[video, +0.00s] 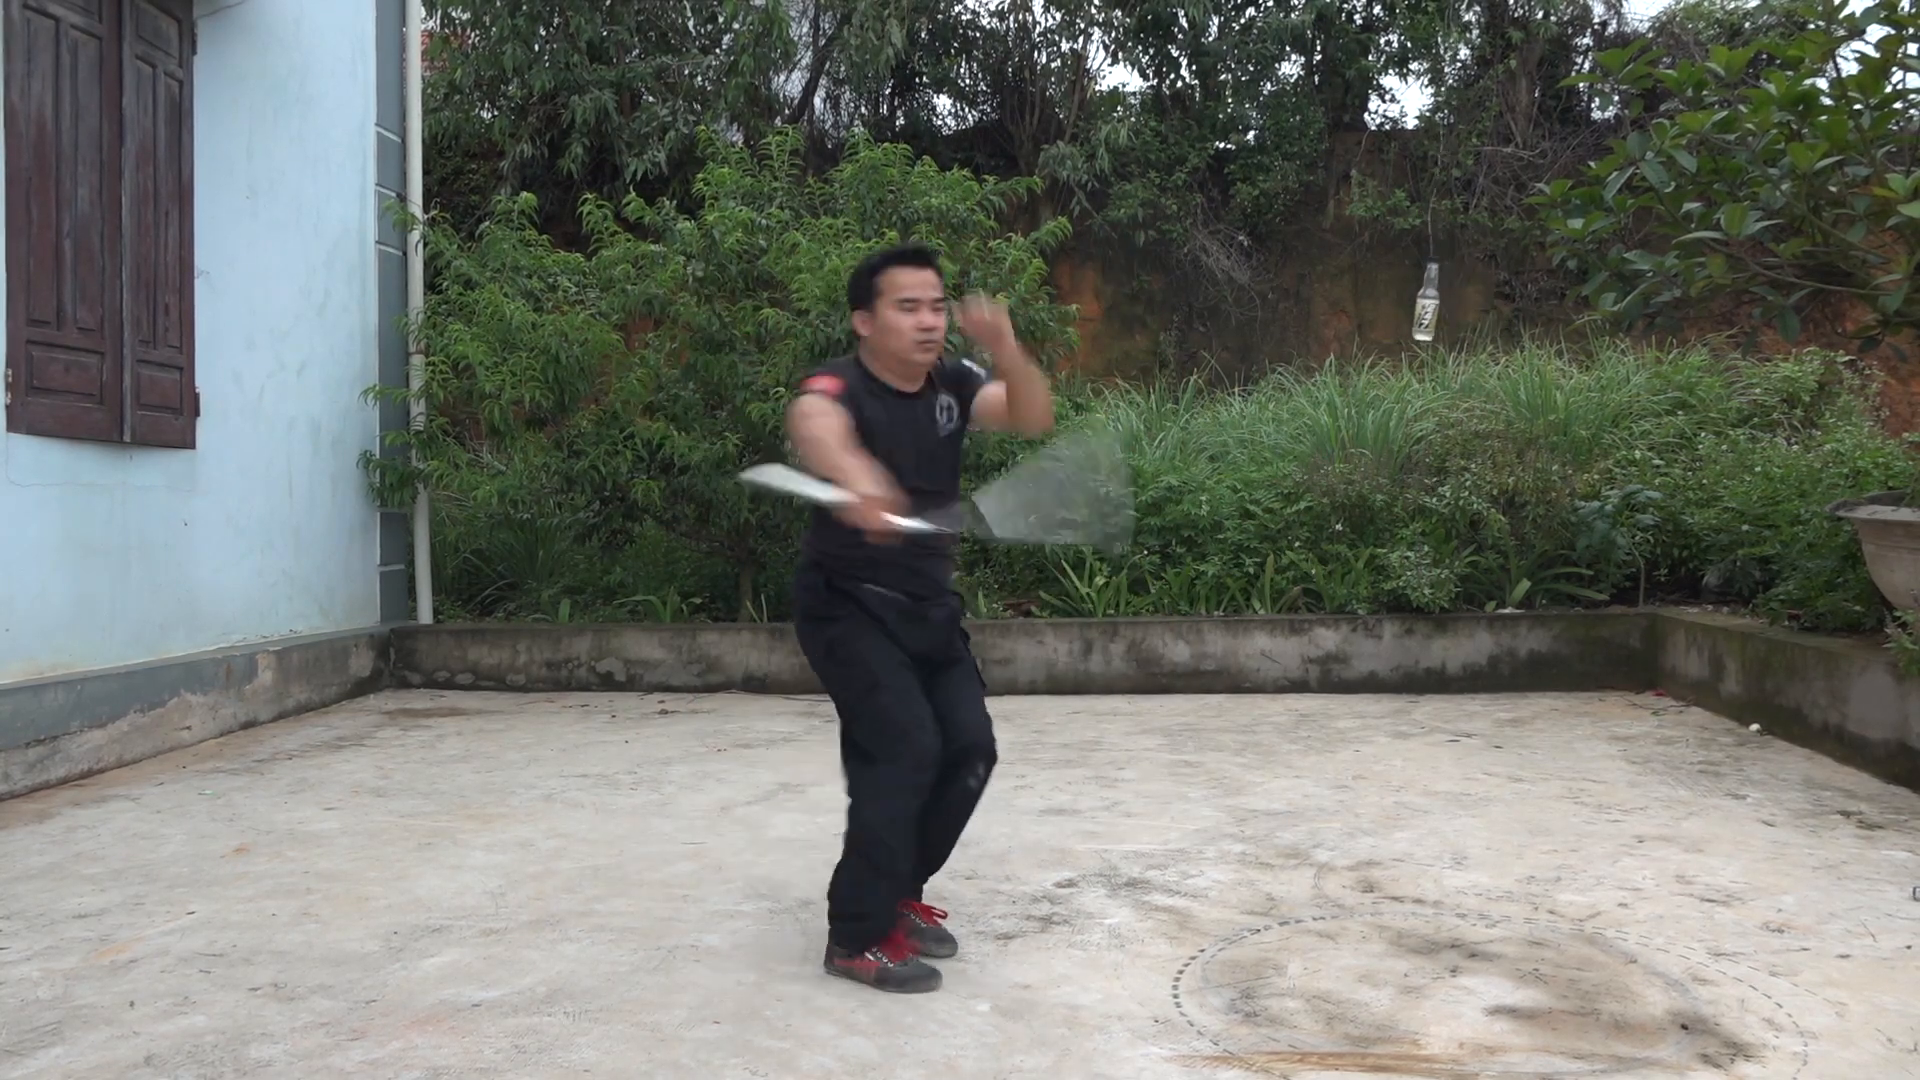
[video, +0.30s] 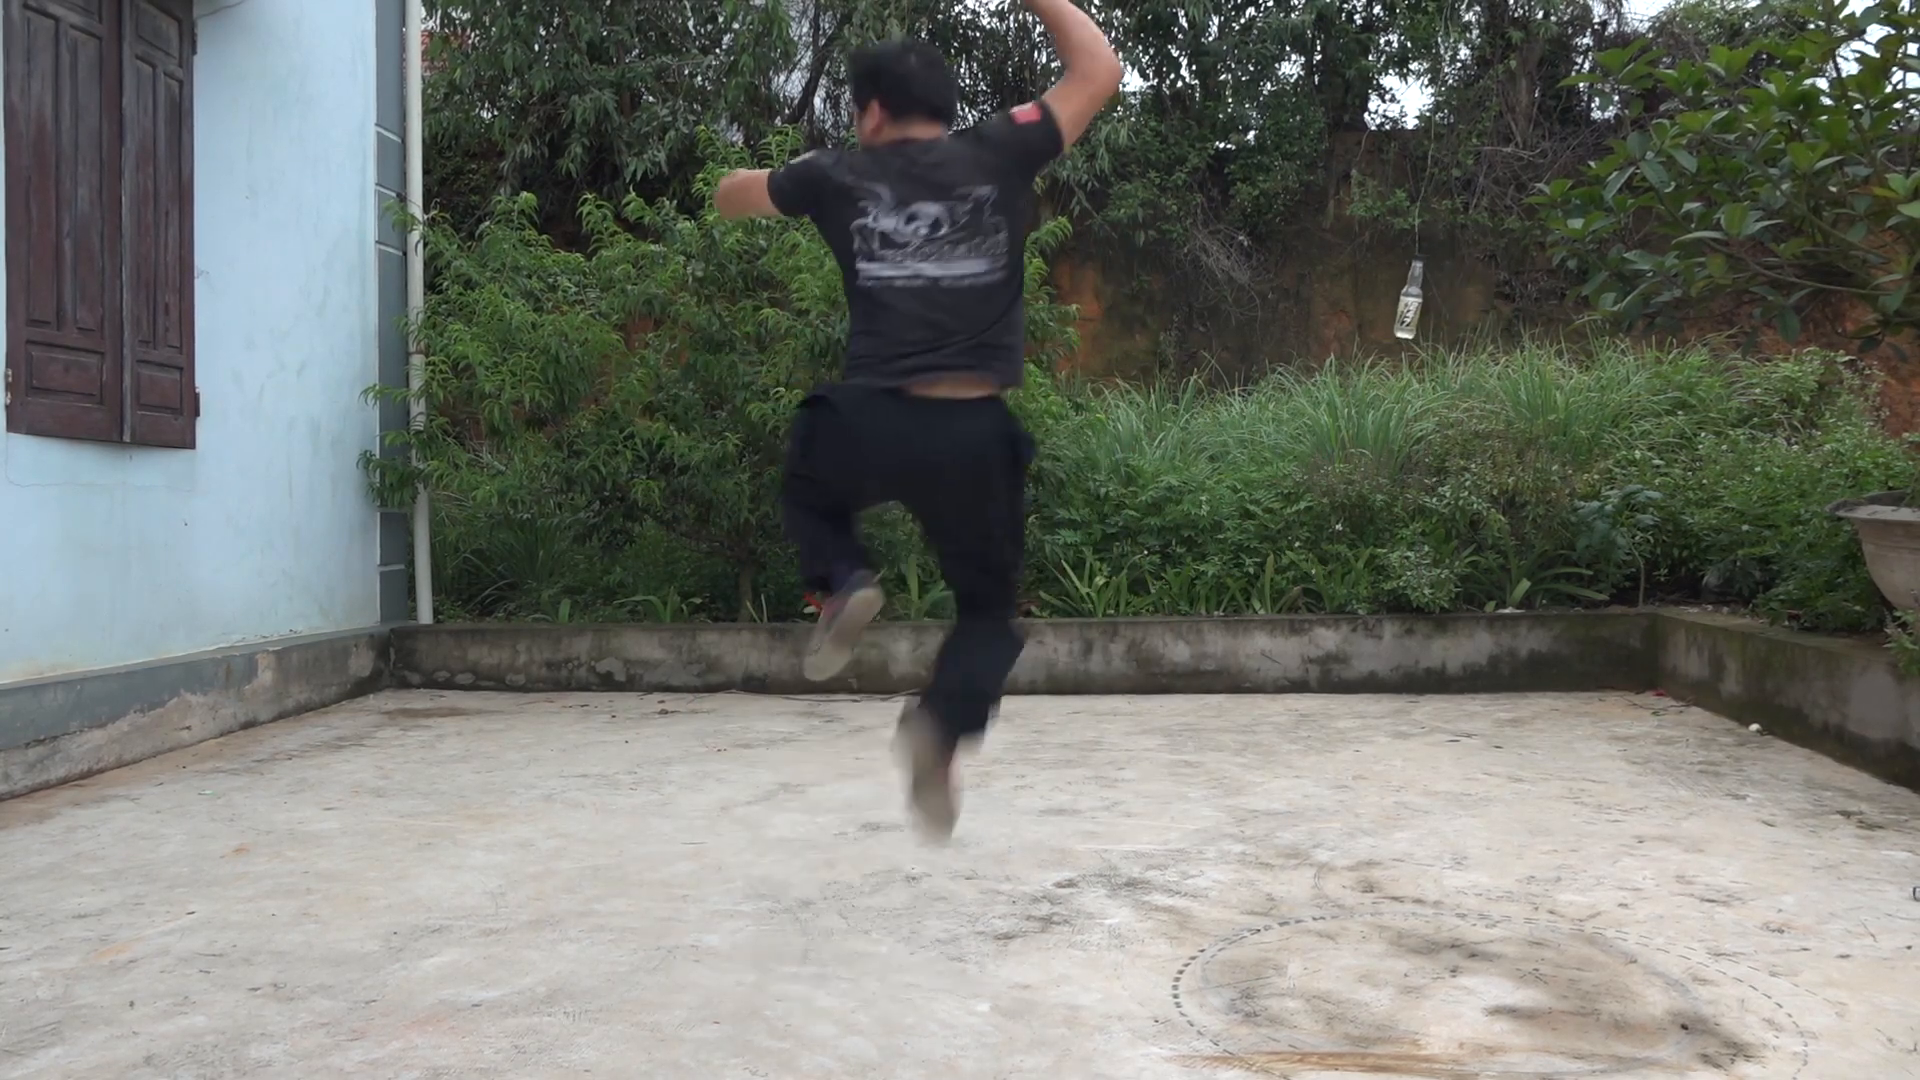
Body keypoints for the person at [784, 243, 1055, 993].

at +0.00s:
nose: (929, 320)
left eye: (938, 306)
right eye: (909, 307)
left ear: (948, 316)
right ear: (863, 322)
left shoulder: (952, 384)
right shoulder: (828, 392)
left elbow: (1033, 416)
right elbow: (822, 437)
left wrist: (1006, 350)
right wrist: (862, 479)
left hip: (928, 606)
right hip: (848, 604)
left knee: (969, 749)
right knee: (903, 749)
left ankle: (899, 894)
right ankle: (855, 937)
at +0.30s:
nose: (858, 122)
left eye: (860, 109)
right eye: (860, 109)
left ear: (876, 111)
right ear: (944, 108)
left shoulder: (839, 175)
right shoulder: (1000, 149)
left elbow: (729, 193)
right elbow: (1098, 67)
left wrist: (793, 174)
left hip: (871, 420)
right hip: (975, 432)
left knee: (809, 481)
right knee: (987, 607)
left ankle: (843, 584)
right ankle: (938, 729)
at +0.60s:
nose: (964, 201)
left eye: (986, 183)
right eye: (951, 184)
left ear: (1032, 196)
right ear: (935, 193)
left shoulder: (1057, 288)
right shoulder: (922, 268)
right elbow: (821, 250)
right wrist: (903, 165)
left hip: (966, 561)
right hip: (871, 522)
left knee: (971, 769)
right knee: (808, 558)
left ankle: (1000, 981)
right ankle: (859, 597)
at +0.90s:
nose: (984, 330)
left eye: (1003, 315)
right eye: (965, 310)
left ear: (1021, 323)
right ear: (928, 313)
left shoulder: (1018, 370)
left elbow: (1122, 347)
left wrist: (1071, 379)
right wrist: (1080, 522)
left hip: (975, 635)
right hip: (865, 628)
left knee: (1034, 787)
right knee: (811, 779)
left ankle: (1055, 963)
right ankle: (779, 890)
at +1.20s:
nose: (831, 273)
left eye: (837, 257)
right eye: (832, 258)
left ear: (878, 261)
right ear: (884, 262)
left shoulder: (959, 352)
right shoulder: (871, 337)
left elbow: (1013, 480)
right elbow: (792, 347)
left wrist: (1030, 607)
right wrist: (695, 363)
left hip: (945, 600)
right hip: (878, 601)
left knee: (945, 772)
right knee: (830, 755)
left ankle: (1051, 963)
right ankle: (884, 923)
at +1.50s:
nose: (920, 273)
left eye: (919, 259)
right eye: (914, 258)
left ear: (838, 249)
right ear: (877, 249)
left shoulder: (763, 300)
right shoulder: (887, 294)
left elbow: (694, 254)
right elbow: (1015, 314)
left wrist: (753, 204)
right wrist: (1075, 202)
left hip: (759, 547)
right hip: (848, 549)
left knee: (806, 717)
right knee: (897, 735)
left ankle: (781, 904)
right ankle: (907, 924)